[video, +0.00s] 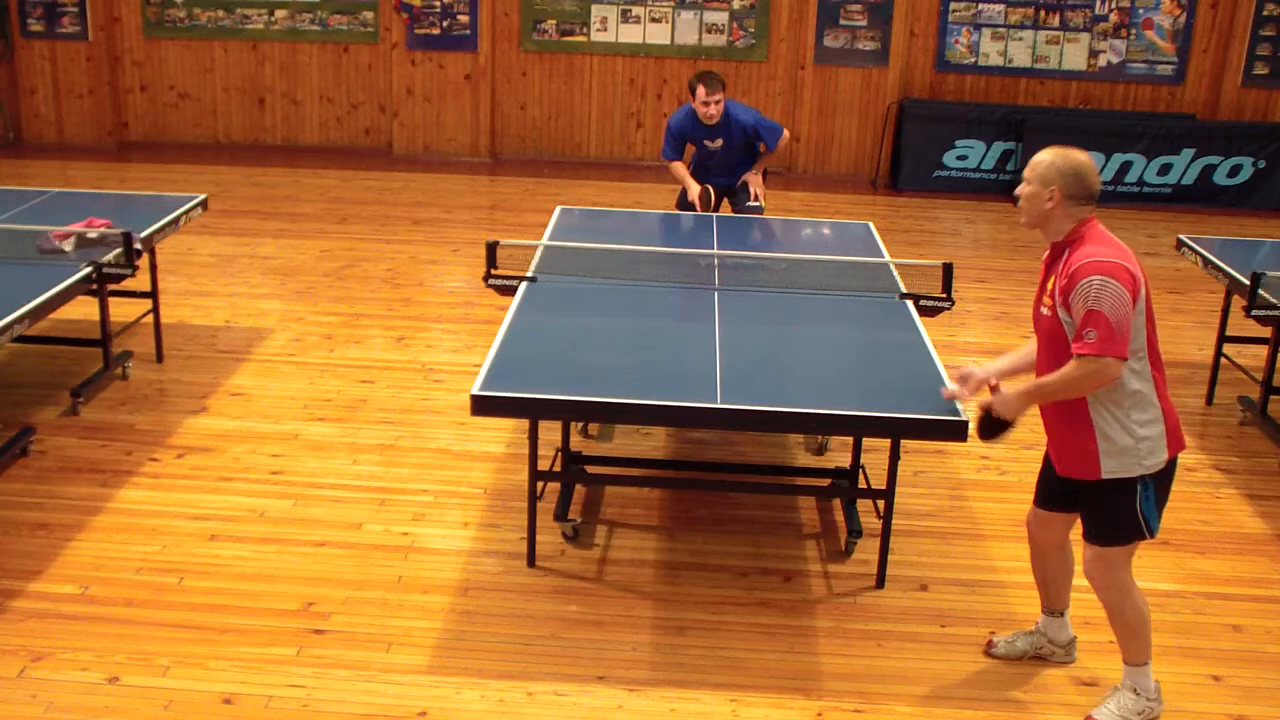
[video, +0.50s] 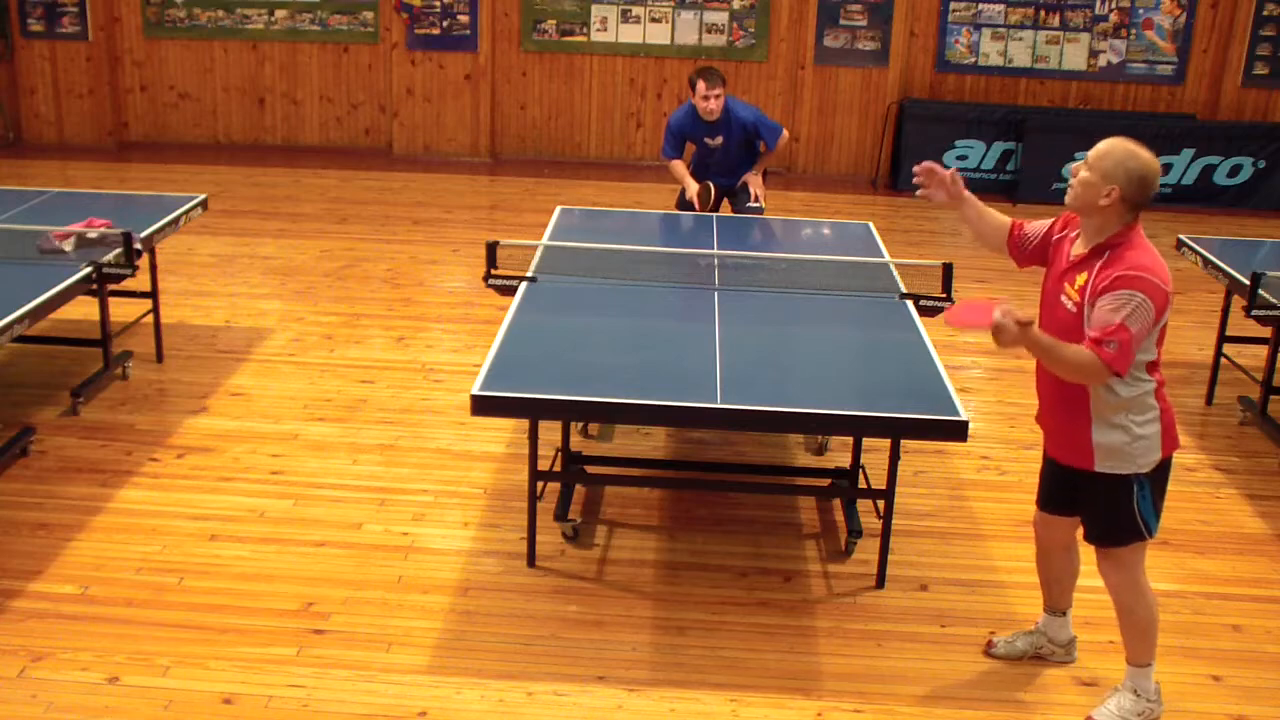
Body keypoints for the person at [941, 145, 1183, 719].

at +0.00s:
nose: (1015, 193)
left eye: (1024, 185)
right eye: (1019, 183)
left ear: (1055, 198)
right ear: (1058, 199)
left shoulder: (1098, 270)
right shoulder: (1063, 252)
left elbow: (1102, 366)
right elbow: (1054, 343)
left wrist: (1026, 394)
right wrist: (992, 370)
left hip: (1126, 446)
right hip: (1077, 432)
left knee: (1107, 569)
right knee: (1045, 529)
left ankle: (1141, 689)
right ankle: (1054, 633)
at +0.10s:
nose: (1030, 183)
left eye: (1040, 176)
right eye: (1035, 174)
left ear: (1069, 192)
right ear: (1070, 192)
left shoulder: (1107, 266)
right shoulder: (1070, 248)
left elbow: (1090, 363)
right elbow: (1042, 331)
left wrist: (1006, 372)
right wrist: (966, 335)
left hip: (1124, 444)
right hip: (1075, 431)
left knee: (1111, 568)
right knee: (1046, 528)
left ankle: (1141, 688)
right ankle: (1055, 632)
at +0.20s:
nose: (1043, 179)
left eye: (1052, 172)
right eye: (1047, 170)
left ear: (1082, 189)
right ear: (1084, 188)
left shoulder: (1116, 264)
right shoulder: (1073, 245)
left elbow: (1084, 357)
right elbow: (1030, 305)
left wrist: (999, 336)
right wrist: (958, 280)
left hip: (1123, 445)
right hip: (1073, 433)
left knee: (1113, 565)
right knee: (1050, 526)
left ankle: (1141, 688)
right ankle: (1055, 633)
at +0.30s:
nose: (1056, 174)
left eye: (1066, 167)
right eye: (1061, 164)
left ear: (1096, 187)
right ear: (1096, 188)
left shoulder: (1128, 265)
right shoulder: (1071, 238)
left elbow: (1082, 351)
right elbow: (1011, 265)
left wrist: (1011, 299)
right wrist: (967, 213)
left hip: (1123, 444)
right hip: (1069, 431)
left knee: (1117, 566)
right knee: (1051, 526)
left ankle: (1141, 689)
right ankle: (1055, 632)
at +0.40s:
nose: (1064, 169)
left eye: (1076, 164)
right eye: (1071, 161)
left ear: (1104, 190)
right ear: (1101, 190)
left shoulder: (1134, 270)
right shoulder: (1071, 231)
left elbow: (1087, 355)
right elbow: (1011, 246)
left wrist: (1021, 306)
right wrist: (967, 197)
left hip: (1123, 443)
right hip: (1069, 430)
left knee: (1119, 563)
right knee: (1053, 526)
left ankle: (1142, 688)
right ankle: (1055, 632)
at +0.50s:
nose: (1071, 171)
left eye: (1083, 167)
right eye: (1079, 163)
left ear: (1108, 197)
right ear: (1102, 196)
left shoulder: (1137, 277)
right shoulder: (1068, 232)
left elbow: (1099, 366)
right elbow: (1009, 238)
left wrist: (1026, 338)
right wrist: (960, 199)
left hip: (1123, 447)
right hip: (1068, 432)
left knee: (1121, 564)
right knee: (1053, 528)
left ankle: (1142, 689)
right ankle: (1055, 632)